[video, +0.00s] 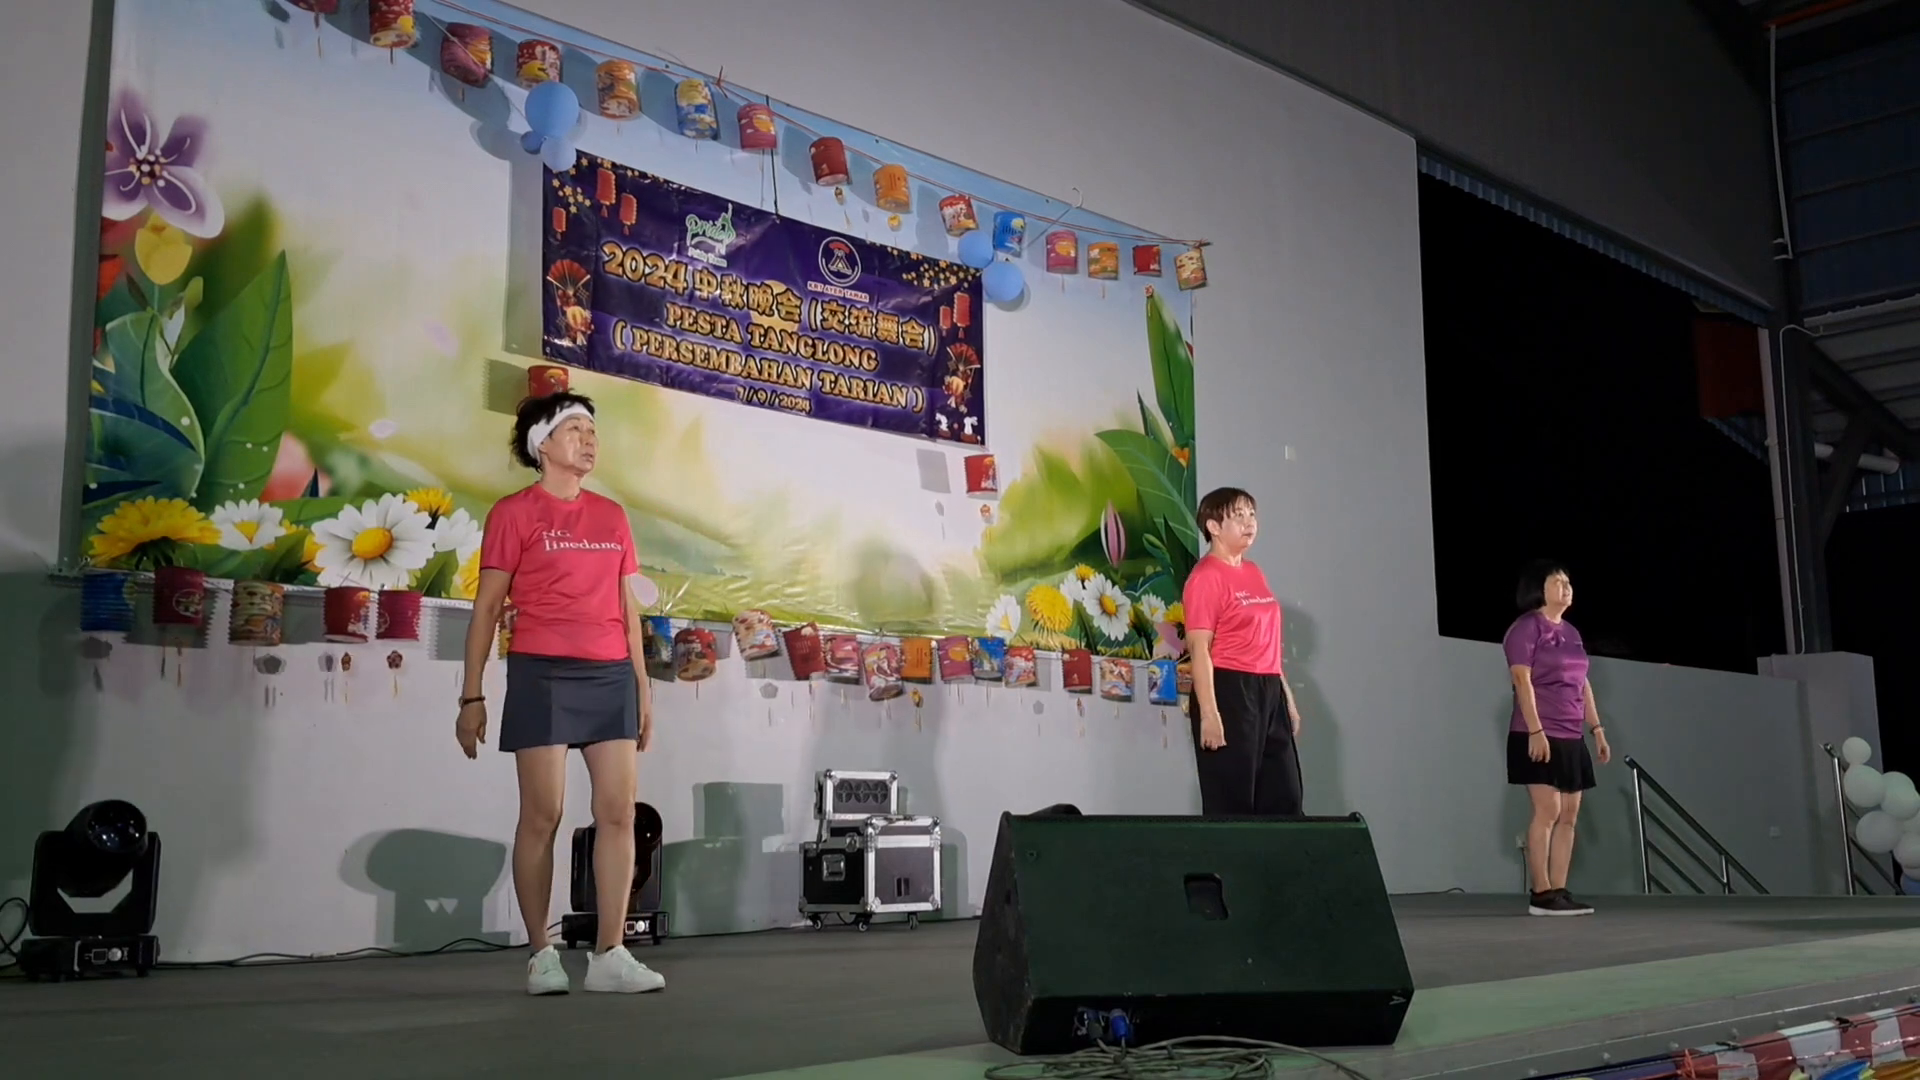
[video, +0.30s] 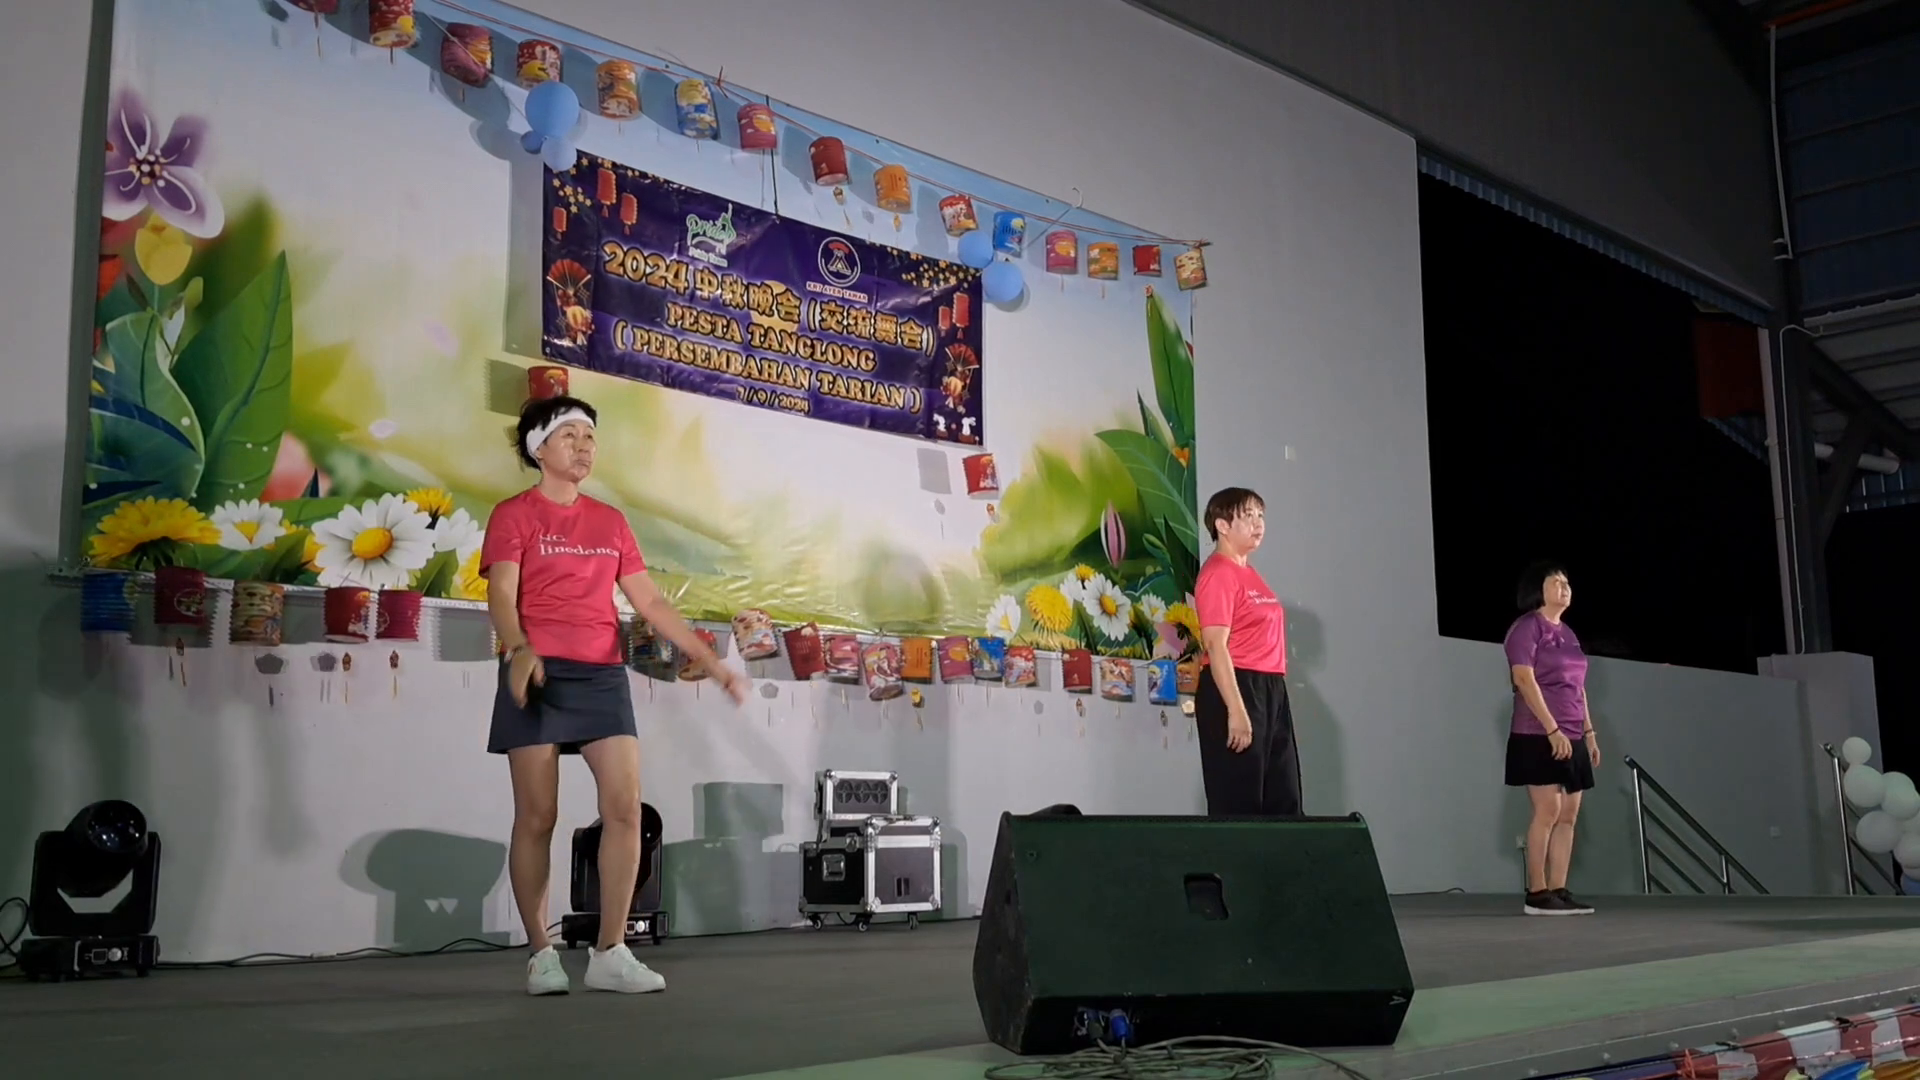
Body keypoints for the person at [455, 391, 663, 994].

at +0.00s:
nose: (588, 439)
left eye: (591, 432)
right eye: (575, 430)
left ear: (594, 446)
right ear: (541, 442)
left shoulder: (611, 516)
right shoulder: (514, 512)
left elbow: (630, 613)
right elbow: (487, 608)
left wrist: (643, 690)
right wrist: (472, 695)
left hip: (613, 677)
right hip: (540, 677)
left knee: (619, 812)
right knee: (543, 814)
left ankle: (610, 952)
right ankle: (542, 950)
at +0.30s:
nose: (583, 446)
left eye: (589, 438)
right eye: (570, 436)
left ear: (595, 449)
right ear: (538, 447)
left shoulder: (609, 521)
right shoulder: (515, 514)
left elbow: (651, 603)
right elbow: (502, 591)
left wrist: (710, 661)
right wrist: (516, 648)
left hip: (602, 676)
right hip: (534, 673)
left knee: (624, 807)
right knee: (537, 815)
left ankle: (609, 951)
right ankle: (542, 949)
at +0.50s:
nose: (580, 448)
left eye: (587, 438)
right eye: (566, 438)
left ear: (593, 450)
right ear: (536, 450)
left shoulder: (611, 523)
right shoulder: (513, 516)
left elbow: (664, 591)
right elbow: (503, 580)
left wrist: (731, 586)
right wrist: (540, 577)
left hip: (600, 676)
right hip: (530, 674)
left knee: (624, 807)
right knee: (536, 816)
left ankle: (610, 950)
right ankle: (542, 950)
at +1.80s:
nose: (581, 438)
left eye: (586, 430)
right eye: (568, 428)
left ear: (593, 444)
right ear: (537, 442)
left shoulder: (616, 517)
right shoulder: (515, 512)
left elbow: (648, 599)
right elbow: (500, 595)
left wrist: (686, 668)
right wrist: (512, 661)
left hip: (607, 677)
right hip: (538, 674)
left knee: (619, 810)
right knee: (539, 813)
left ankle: (610, 952)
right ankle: (541, 950)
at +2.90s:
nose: (592, 466)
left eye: (599, 455)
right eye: (580, 454)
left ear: (606, 461)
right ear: (546, 457)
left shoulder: (619, 526)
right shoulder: (507, 528)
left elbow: (645, 607)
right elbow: (484, 616)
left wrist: (667, 608)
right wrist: (438, 656)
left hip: (604, 684)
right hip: (530, 683)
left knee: (623, 809)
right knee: (531, 827)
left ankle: (594, 951)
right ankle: (512, 930)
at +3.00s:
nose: (584, 482)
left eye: (594, 472)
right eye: (572, 469)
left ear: (601, 478)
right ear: (544, 470)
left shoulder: (615, 539)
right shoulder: (504, 540)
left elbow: (634, 623)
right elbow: (477, 632)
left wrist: (627, 649)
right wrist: (427, 704)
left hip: (596, 697)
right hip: (519, 696)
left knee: (624, 811)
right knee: (510, 836)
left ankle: (593, 949)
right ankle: (503, 945)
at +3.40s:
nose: (602, 493)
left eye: (612, 484)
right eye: (591, 480)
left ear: (619, 491)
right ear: (562, 484)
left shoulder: (620, 550)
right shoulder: (518, 544)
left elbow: (653, 613)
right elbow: (490, 621)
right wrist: (457, 682)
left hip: (586, 709)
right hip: (511, 703)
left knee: (641, 808)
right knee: (507, 839)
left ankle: (635, 950)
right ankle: (506, 947)